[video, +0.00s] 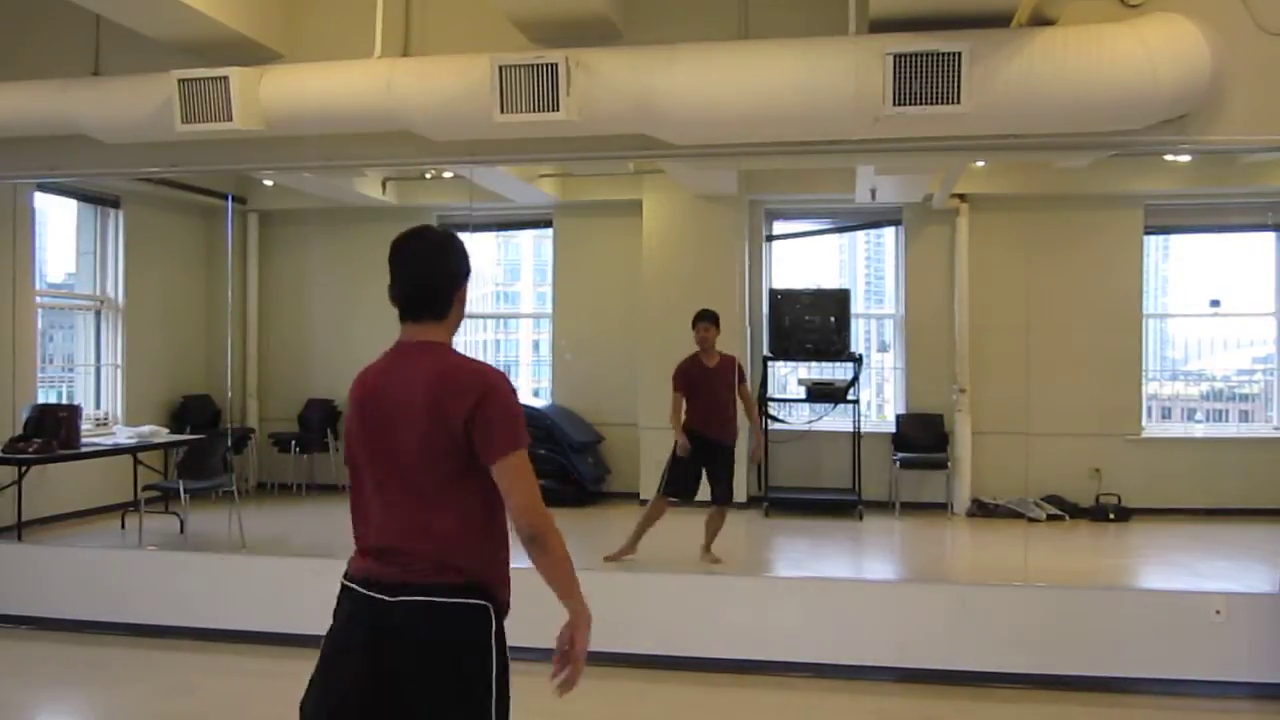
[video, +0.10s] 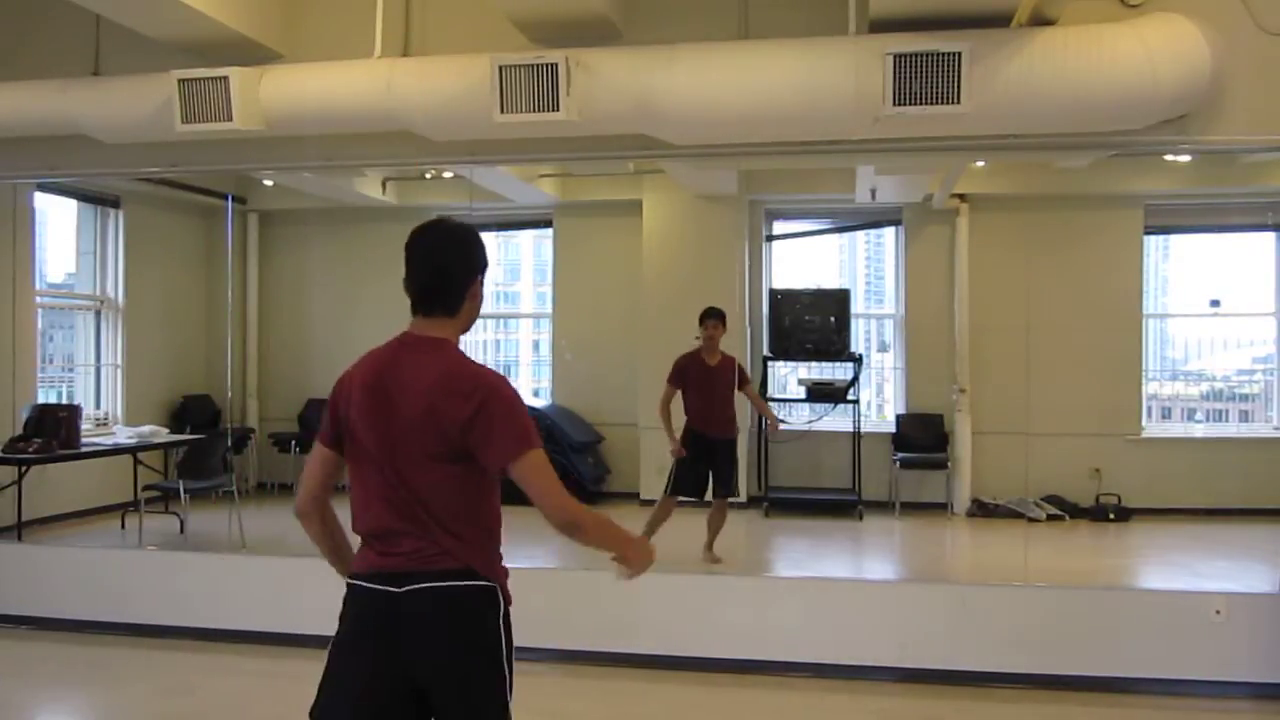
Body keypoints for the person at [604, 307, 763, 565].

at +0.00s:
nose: (701, 336)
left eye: (706, 330)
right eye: (697, 331)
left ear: (717, 332)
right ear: (693, 334)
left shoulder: (732, 365)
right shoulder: (685, 368)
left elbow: (747, 399)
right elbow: (676, 411)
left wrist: (757, 435)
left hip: (723, 443)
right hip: (692, 438)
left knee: (722, 502)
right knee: (665, 496)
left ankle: (706, 548)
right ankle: (631, 544)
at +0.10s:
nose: (710, 331)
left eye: (715, 327)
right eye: (706, 327)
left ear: (724, 331)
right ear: (700, 330)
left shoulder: (732, 365)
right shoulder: (685, 363)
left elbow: (752, 396)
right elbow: (665, 403)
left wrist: (771, 416)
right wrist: (673, 440)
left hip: (725, 440)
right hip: (695, 438)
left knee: (722, 499)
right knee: (672, 495)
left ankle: (709, 548)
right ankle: (642, 541)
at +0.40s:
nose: (709, 331)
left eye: (713, 326)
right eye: (703, 327)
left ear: (721, 328)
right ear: (697, 331)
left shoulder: (735, 359)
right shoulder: (689, 363)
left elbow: (757, 386)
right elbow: (666, 400)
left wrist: (764, 415)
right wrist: (676, 428)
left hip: (723, 438)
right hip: (692, 435)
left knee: (721, 498)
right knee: (659, 485)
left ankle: (708, 548)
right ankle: (626, 530)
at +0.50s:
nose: (706, 333)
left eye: (710, 327)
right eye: (700, 329)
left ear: (719, 329)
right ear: (695, 333)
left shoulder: (735, 359)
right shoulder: (689, 368)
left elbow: (740, 399)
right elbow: (690, 414)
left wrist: (717, 414)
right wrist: (721, 432)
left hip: (725, 433)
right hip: (694, 430)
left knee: (721, 497)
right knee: (660, 483)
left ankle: (708, 548)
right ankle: (625, 530)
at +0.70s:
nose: (692, 333)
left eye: (697, 328)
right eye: (687, 329)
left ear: (706, 329)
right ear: (682, 333)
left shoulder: (722, 347)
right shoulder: (686, 369)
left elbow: (739, 375)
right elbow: (706, 401)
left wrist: (708, 364)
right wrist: (733, 413)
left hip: (723, 429)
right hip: (695, 427)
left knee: (722, 497)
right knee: (660, 482)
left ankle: (708, 547)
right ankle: (625, 531)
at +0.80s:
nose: (688, 334)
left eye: (693, 328)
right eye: (683, 329)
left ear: (702, 329)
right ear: (677, 332)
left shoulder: (717, 349)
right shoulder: (680, 371)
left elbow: (747, 360)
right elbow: (687, 404)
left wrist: (747, 359)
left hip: (723, 428)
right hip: (693, 427)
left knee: (722, 496)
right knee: (660, 482)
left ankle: (707, 547)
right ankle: (625, 531)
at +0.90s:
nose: (689, 329)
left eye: (695, 324)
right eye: (685, 324)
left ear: (703, 327)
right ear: (679, 328)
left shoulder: (717, 353)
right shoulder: (674, 364)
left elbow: (747, 358)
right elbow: (659, 404)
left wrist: (751, 357)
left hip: (721, 428)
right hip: (692, 426)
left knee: (721, 494)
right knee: (659, 482)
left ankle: (707, 547)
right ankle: (626, 531)